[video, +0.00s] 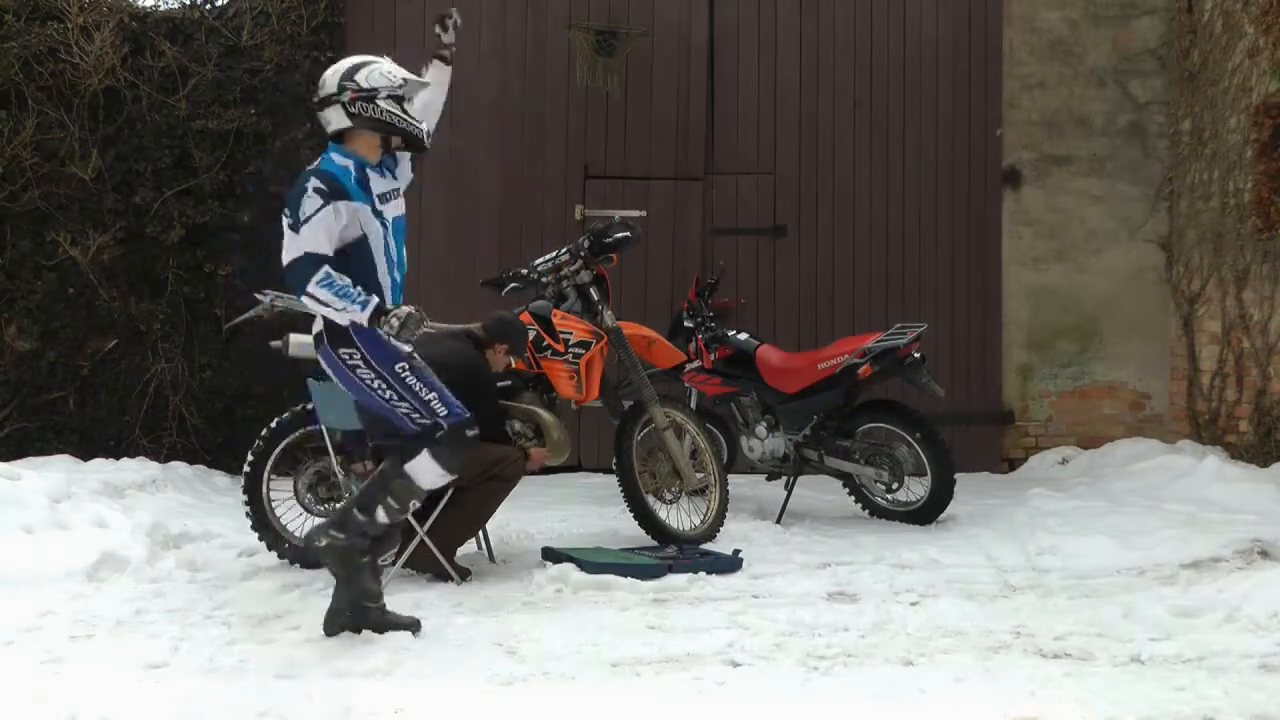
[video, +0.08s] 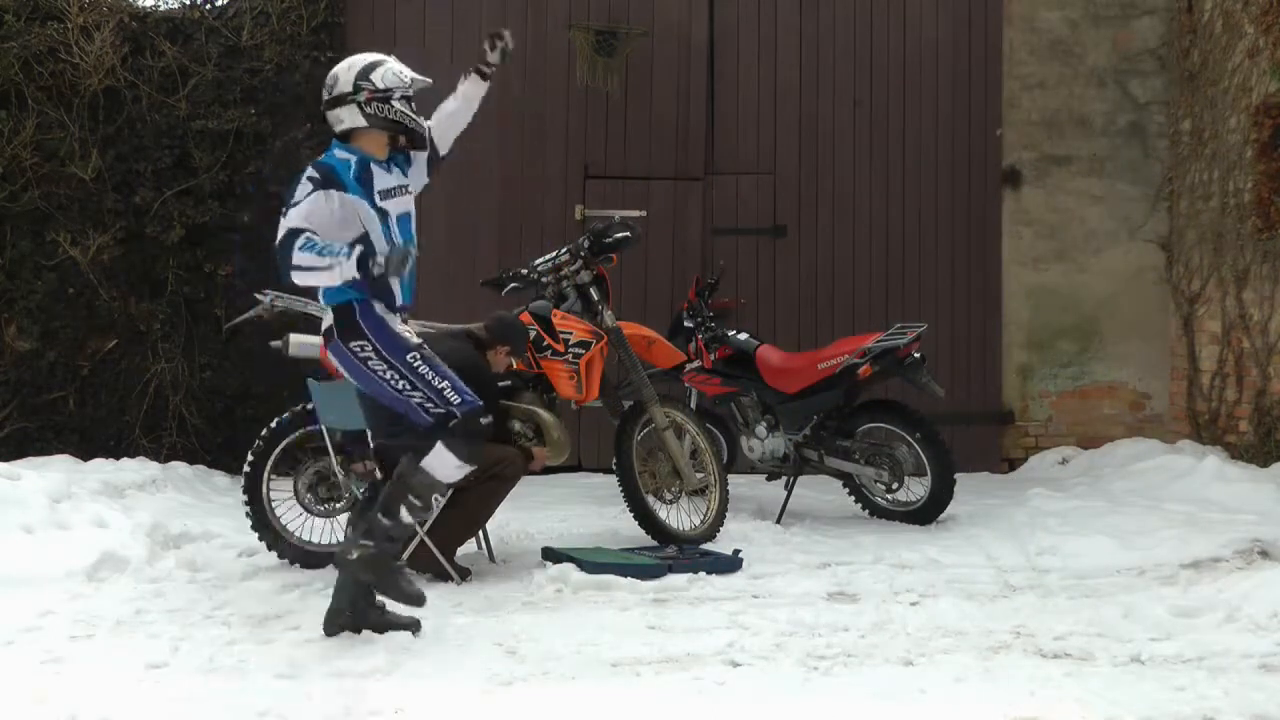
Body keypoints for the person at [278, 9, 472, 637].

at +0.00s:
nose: (402, 115)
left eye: (401, 105)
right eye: (393, 104)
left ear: (363, 110)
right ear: (363, 109)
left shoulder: (385, 166)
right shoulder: (325, 181)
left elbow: (419, 122)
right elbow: (304, 272)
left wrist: (441, 60)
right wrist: (380, 313)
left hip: (376, 331)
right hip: (347, 334)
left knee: (396, 457)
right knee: (455, 437)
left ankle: (357, 597)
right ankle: (360, 520)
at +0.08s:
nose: (411, 112)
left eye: (409, 102)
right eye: (400, 102)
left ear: (378, 113)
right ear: (365, 111)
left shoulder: (399, 167)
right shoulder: (327, 178)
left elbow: (440, 132)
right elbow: (294, 255)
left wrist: (481, 74)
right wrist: (356, 263)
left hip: (385, 324)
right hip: (355, 327)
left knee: (401, 457)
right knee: (469, 418)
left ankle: (352, 598)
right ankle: (386, 542)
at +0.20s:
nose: (419, 100)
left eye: (416, 91)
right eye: (407, 91)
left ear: (386, 100)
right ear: (377, 98)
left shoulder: (414, 160)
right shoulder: (345, 164)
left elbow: (460, 167)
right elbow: (305, 203)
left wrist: (512, 151)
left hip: (407, 318)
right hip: (383, 320)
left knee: (404, 465)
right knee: (452, 453)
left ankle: (353, 598)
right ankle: (385, 597)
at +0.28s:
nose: (423, 114)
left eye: (420, 104)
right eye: (413, 104)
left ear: (395, 112)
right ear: (384, 112)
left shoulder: (420, 176)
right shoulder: (358, 171)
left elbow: (459, 213)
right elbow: (332, 143)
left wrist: (507, 226)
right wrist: (366, 70)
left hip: (424, 323)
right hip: (392, 323)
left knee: (449, 457)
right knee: (420, 466)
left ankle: (364, 583)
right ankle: (372, 611)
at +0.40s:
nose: (449, 108)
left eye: (446, 99)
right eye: (438, 100)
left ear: (420, 112)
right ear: (402, 109)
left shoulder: (416, 178)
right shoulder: (391, 167)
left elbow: (423, 268)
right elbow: (413, 92)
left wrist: (478, 290)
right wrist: (417, 23)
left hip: (427, 329)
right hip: (395, 327)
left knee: (501, 438)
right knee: (432, 466)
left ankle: (425, 541)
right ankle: (367, 612)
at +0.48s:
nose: (458, 117)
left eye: (457, 107)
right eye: (447, 108)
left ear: (409, 112)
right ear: (414, 111)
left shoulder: (419, 175)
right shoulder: (402, 170)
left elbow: (420, 254)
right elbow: (445, 108)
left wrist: (474, 265)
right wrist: (480, 28)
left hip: (434, 328)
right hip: (405, 329)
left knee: (513, 424)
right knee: (432, 467)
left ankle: (440, 542)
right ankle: (368, 612)